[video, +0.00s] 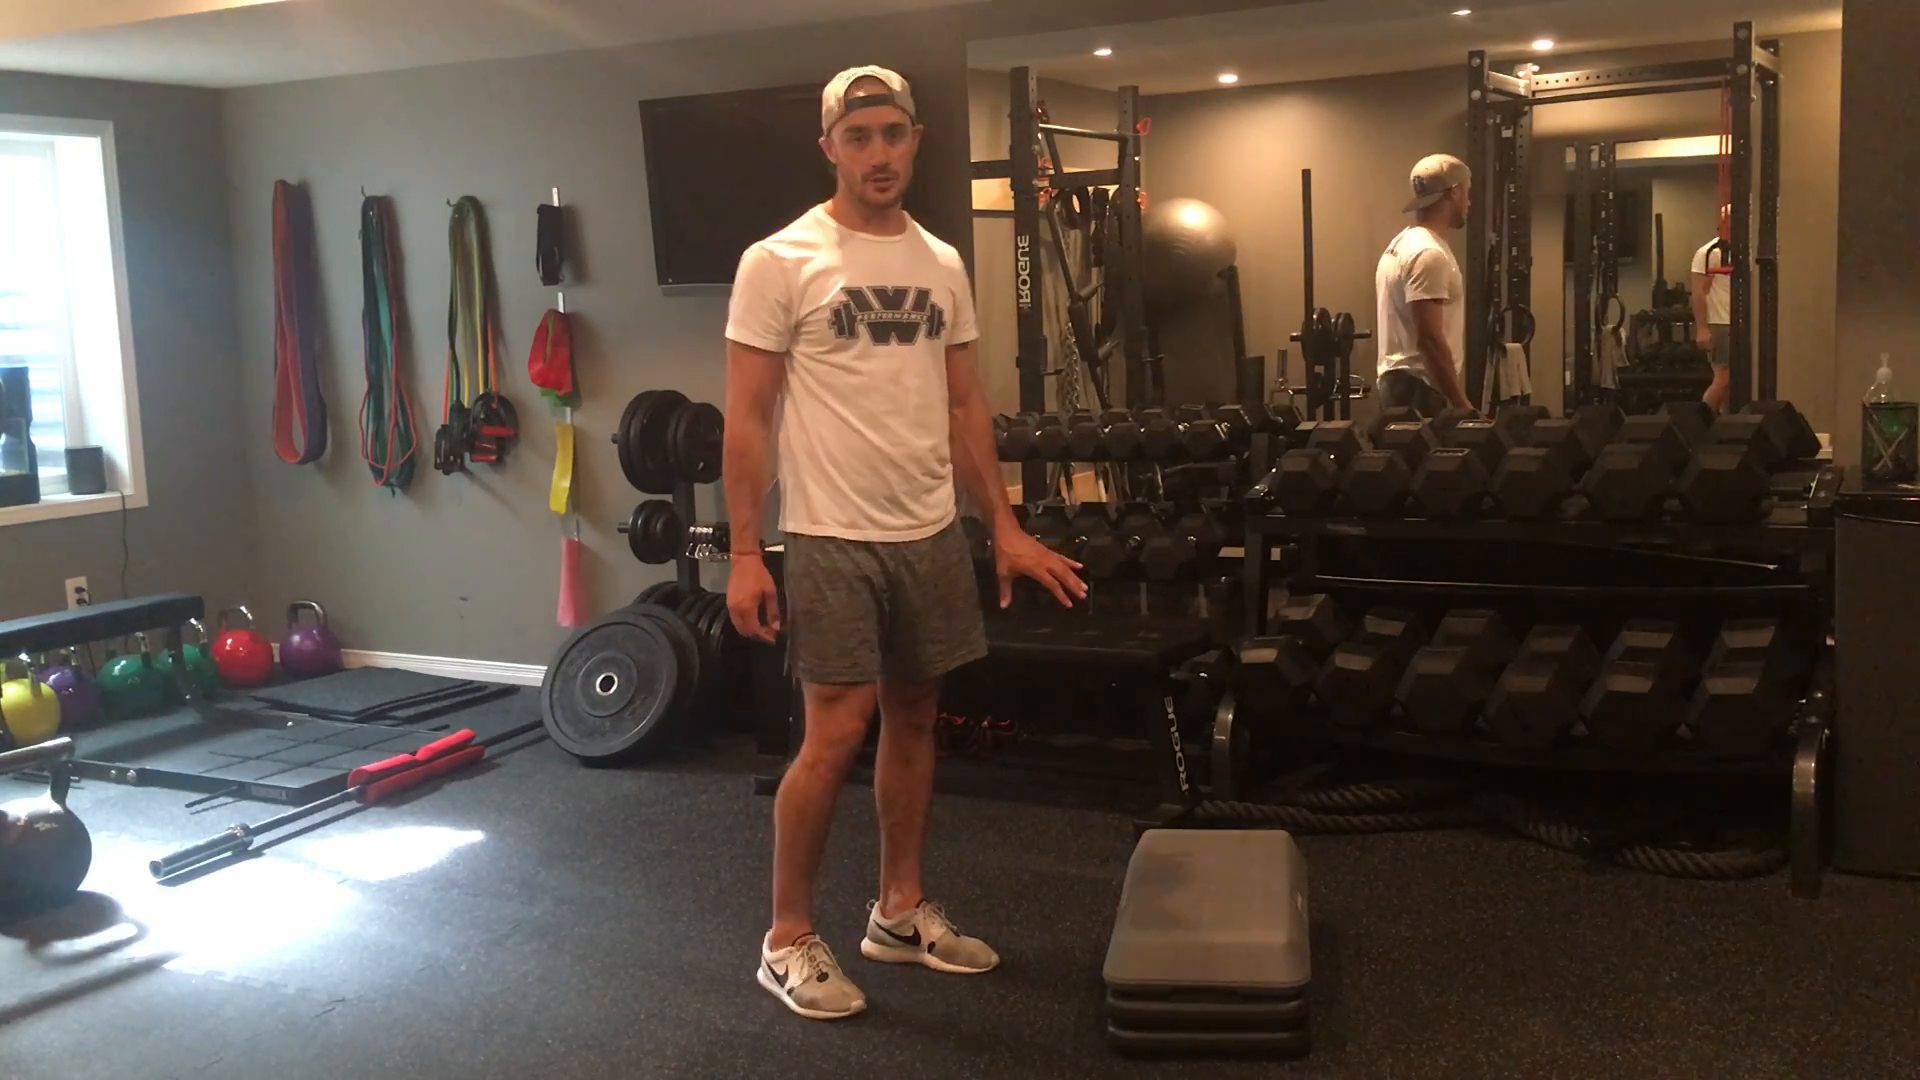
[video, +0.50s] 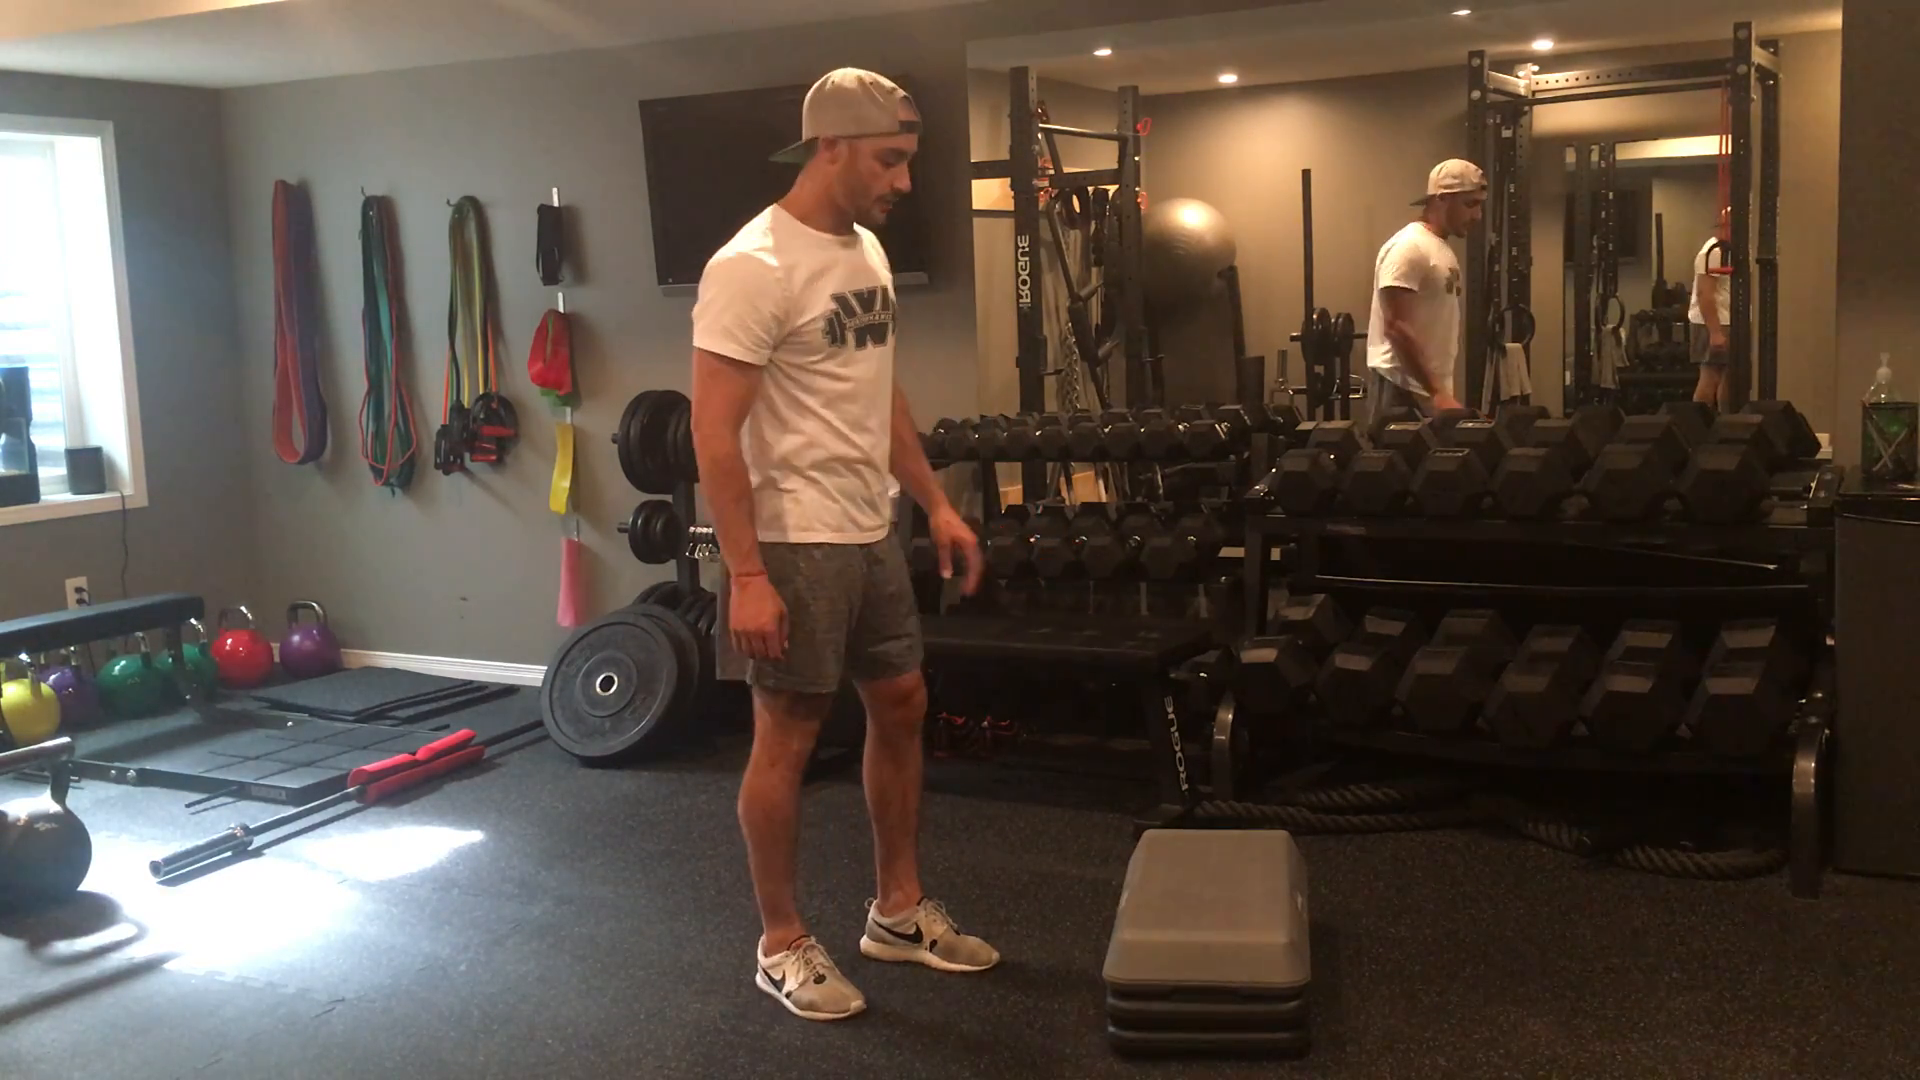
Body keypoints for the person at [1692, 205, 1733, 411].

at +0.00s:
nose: (1733, 227)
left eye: (1736, 221)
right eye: (1730, 221)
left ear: (1740, 224)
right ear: (1722, 223)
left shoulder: (1743, 252)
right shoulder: (1708, 253)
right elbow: (1698, 293)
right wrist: (1702, 327)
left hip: (1739, 325)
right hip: (1719, 325)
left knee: (1731, 381)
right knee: (1722, 379)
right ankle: (1700, 422)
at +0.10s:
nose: (1732, 225)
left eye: (1734, 220)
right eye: (1727, 220)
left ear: (1739, 223)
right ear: (1718, 224)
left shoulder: (1741, 252)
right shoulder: (1707, 253)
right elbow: (1699, 293)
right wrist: (1705, 328)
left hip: (1738, 326)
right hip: (1719, 325)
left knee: (1730, 381)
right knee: (1721, 379)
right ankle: (1699, 422)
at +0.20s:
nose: (1736, 226)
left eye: (1737, 220)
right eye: (1732, 220)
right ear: (1723, 222)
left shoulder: (1737, 251)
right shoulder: (1705, 253)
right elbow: (1698, 295)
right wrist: (1708, 329)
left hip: (1736, 325)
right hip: (1720, 325)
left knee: (1730, 383)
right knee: (1719, 381)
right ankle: (1698, 424)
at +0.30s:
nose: (1737, 228)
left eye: (1738, 222)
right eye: (1734, 222)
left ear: (1724, 221)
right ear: (1724, 221)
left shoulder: (1735, 251)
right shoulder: (1705, 252)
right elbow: (1699, 296)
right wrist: (1710, 330)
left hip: (1735, 325)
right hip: (1719, 326)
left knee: (1726, 384)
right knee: (1715, 382)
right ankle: (1696, 426)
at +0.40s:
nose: (1737, 228)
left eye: (1738, 223)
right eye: (1734, 223)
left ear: (1724, 223)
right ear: (1725, 223)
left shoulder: (1730, 252)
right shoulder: (1708, 251)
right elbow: (1701, 295)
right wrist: (1712, 330)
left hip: (1728, 324)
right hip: (1713, 325)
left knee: (1726, 382)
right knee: (1712, 381)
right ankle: (1698, 425)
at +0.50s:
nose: (1737, 228)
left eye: (1737, 223)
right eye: (1735, 223)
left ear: (1724, 222)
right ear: (1727, 222)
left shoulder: (1727, 251)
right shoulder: (1714, 250)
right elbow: (1705, 294)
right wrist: (1715, 330)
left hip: (1725, 322)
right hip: (1711, 324)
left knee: (1728, 379)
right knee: (1709, 379)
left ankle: (1727, 424)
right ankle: (1698, 424)